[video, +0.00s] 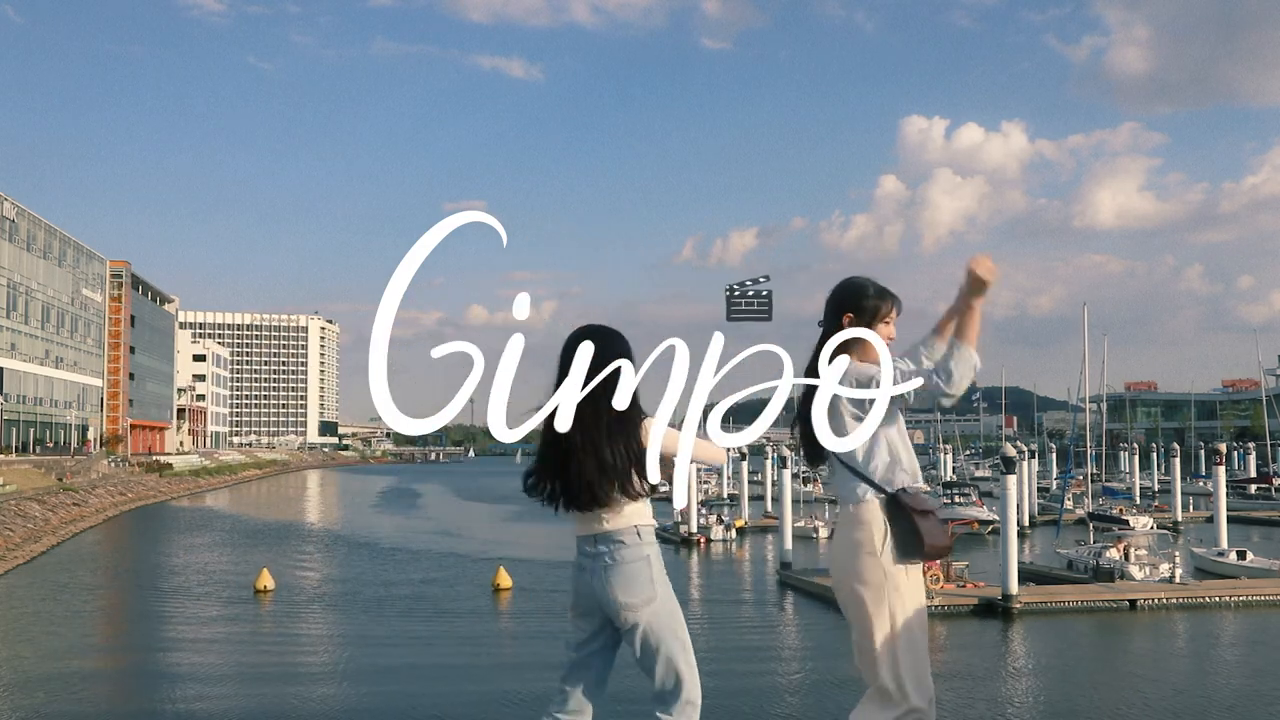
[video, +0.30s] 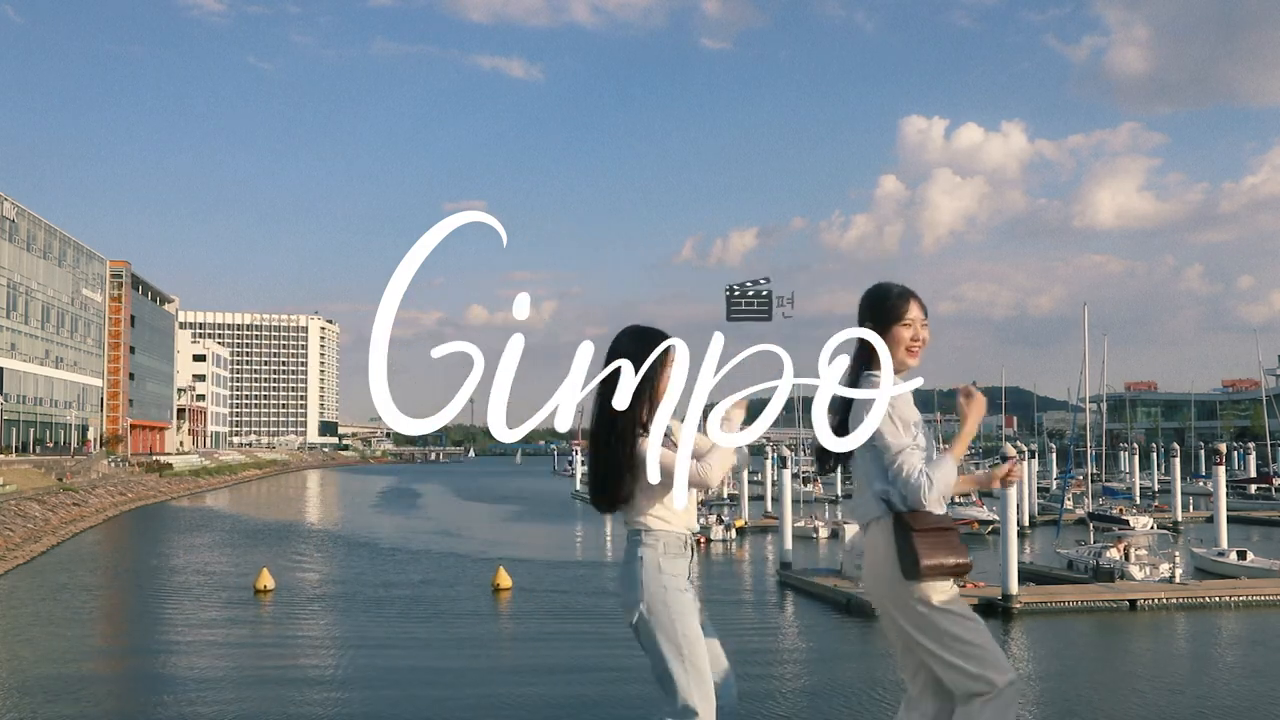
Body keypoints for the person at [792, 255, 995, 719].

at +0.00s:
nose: (896, 333)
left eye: (895, 322)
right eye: (888, 321)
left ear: (848, 322)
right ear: (852, 322)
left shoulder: (851, 372)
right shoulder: (858, 370)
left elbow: (918, 361)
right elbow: (948, 385)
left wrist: (962, 303)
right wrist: (974, 303)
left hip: (873, 530)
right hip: (875, 531)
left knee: (898, 690)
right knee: (904, 694)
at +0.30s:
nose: (920, 335)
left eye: (923, 324)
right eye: (907, 324)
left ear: (926, 328)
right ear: (878, 329)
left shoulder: (881, 391)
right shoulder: (880, 391)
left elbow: (916, 483)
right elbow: (920, 491)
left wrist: (985, 481)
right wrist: (969, 427)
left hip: (889, 552)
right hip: (901, 551)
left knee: (929, 695)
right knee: (994, 684)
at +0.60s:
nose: (959, 333)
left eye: (962, 322)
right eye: (945, 321)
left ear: (966, 327)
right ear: (911, 330)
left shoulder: (923, 389)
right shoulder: (921, 391)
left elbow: (918, 488)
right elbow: (918, 489)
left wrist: (988, 497)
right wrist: (1000, 500)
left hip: (931, 551)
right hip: (942, 551)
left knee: (946, 692)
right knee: (1016, 692)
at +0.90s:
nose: (1003, 330)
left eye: (1002, 319)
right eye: (995, 318)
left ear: (964, 325)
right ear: (962, 321)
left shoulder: (956, 385)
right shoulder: (955, 387)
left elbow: (972, 480)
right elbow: (968, 485)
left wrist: (1024, 488)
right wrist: (1046, 456)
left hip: (961, 544)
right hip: (977, 544)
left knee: (949, 691)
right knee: (1029, 694)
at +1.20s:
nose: (1034, 347)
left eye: (1034, 337)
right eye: (1033, 336)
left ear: (981, 333)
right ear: (1014, 333)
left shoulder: (981, 397)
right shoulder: (996, 399)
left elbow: (1016, 484)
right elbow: (1027, 494)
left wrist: (1064, 500)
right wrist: (1071, 494)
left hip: (995, 554)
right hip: (1007, 558)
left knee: (1042, 693)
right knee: (1079, 689)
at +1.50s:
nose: (1065, 339)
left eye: (1064, 329)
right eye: (1066, 327)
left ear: (1007, 325)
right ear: (1053, 324)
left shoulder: (998, 392)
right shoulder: (1041, 393)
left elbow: (1004, 491)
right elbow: (1076, 493)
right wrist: (1102, 474)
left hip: (1023, 556)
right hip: (1045, 559)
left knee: (1112, 691)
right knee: (1053, 698)